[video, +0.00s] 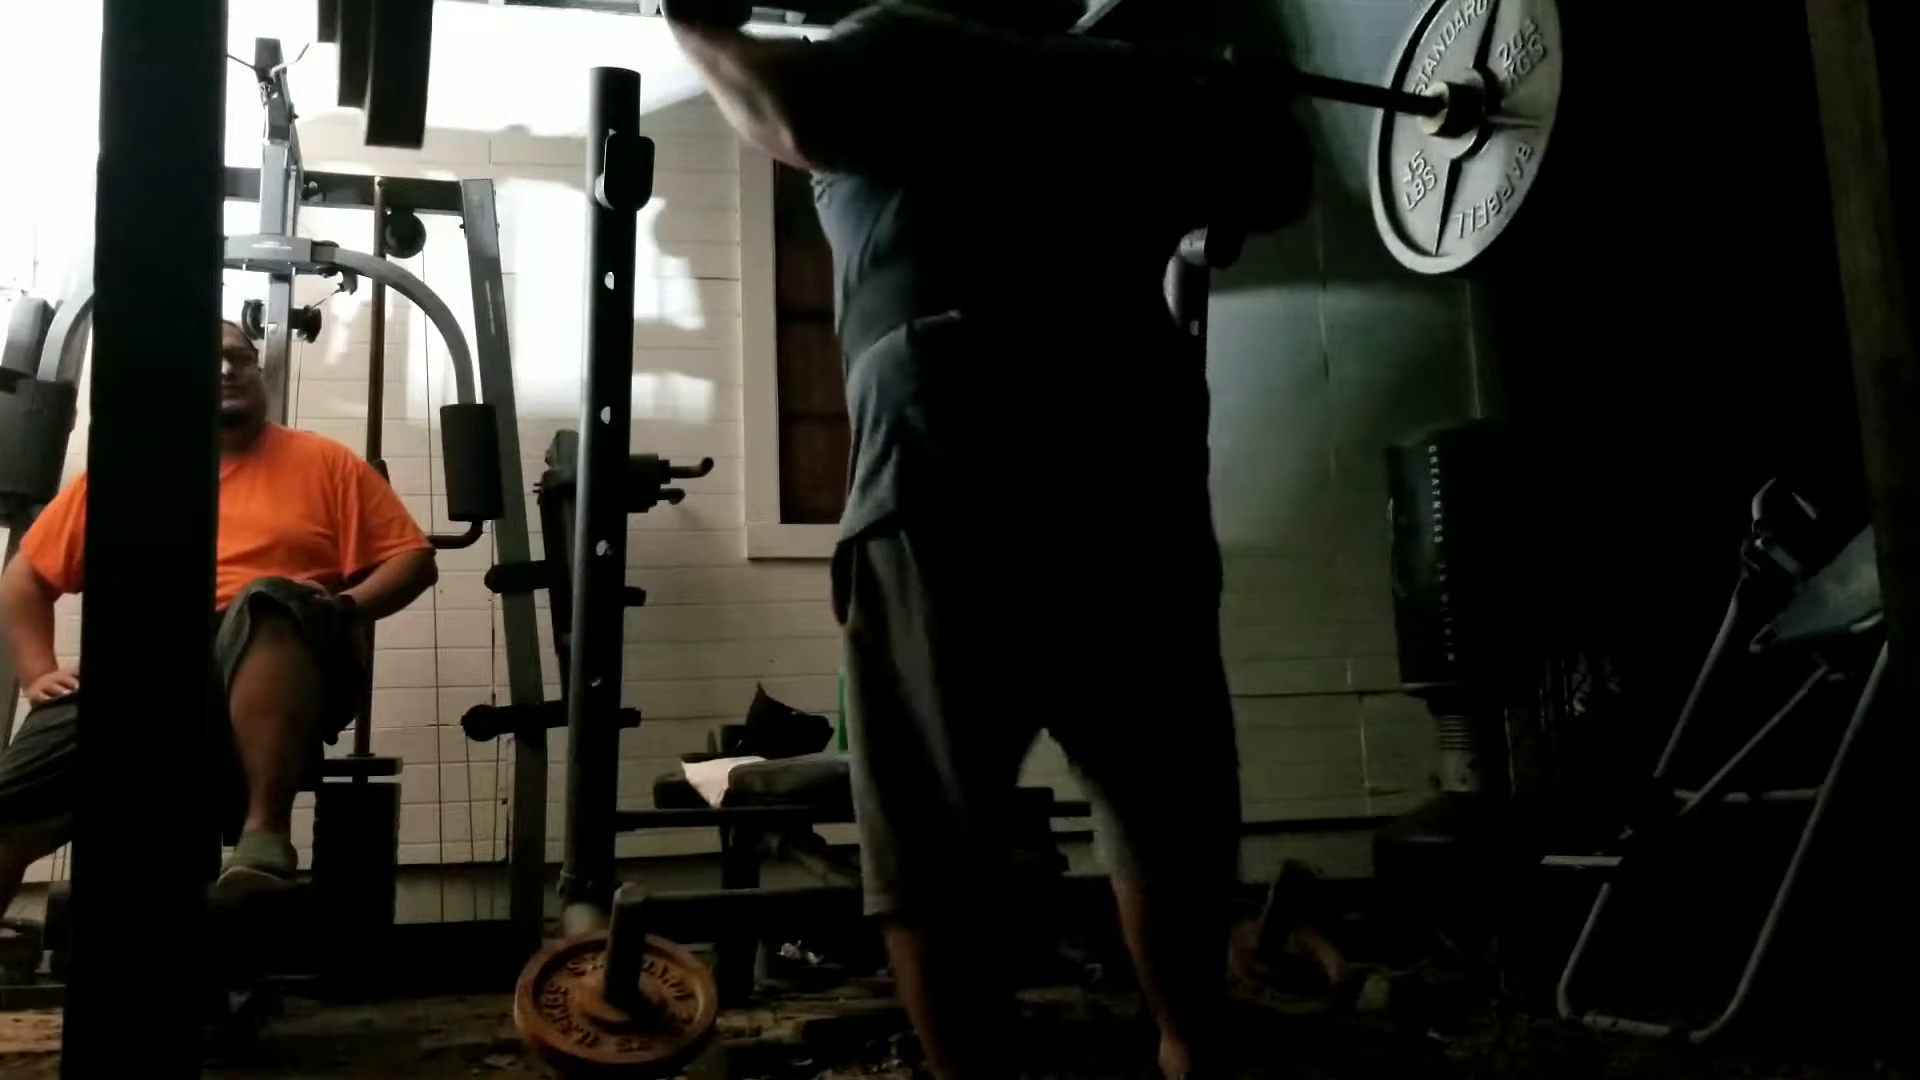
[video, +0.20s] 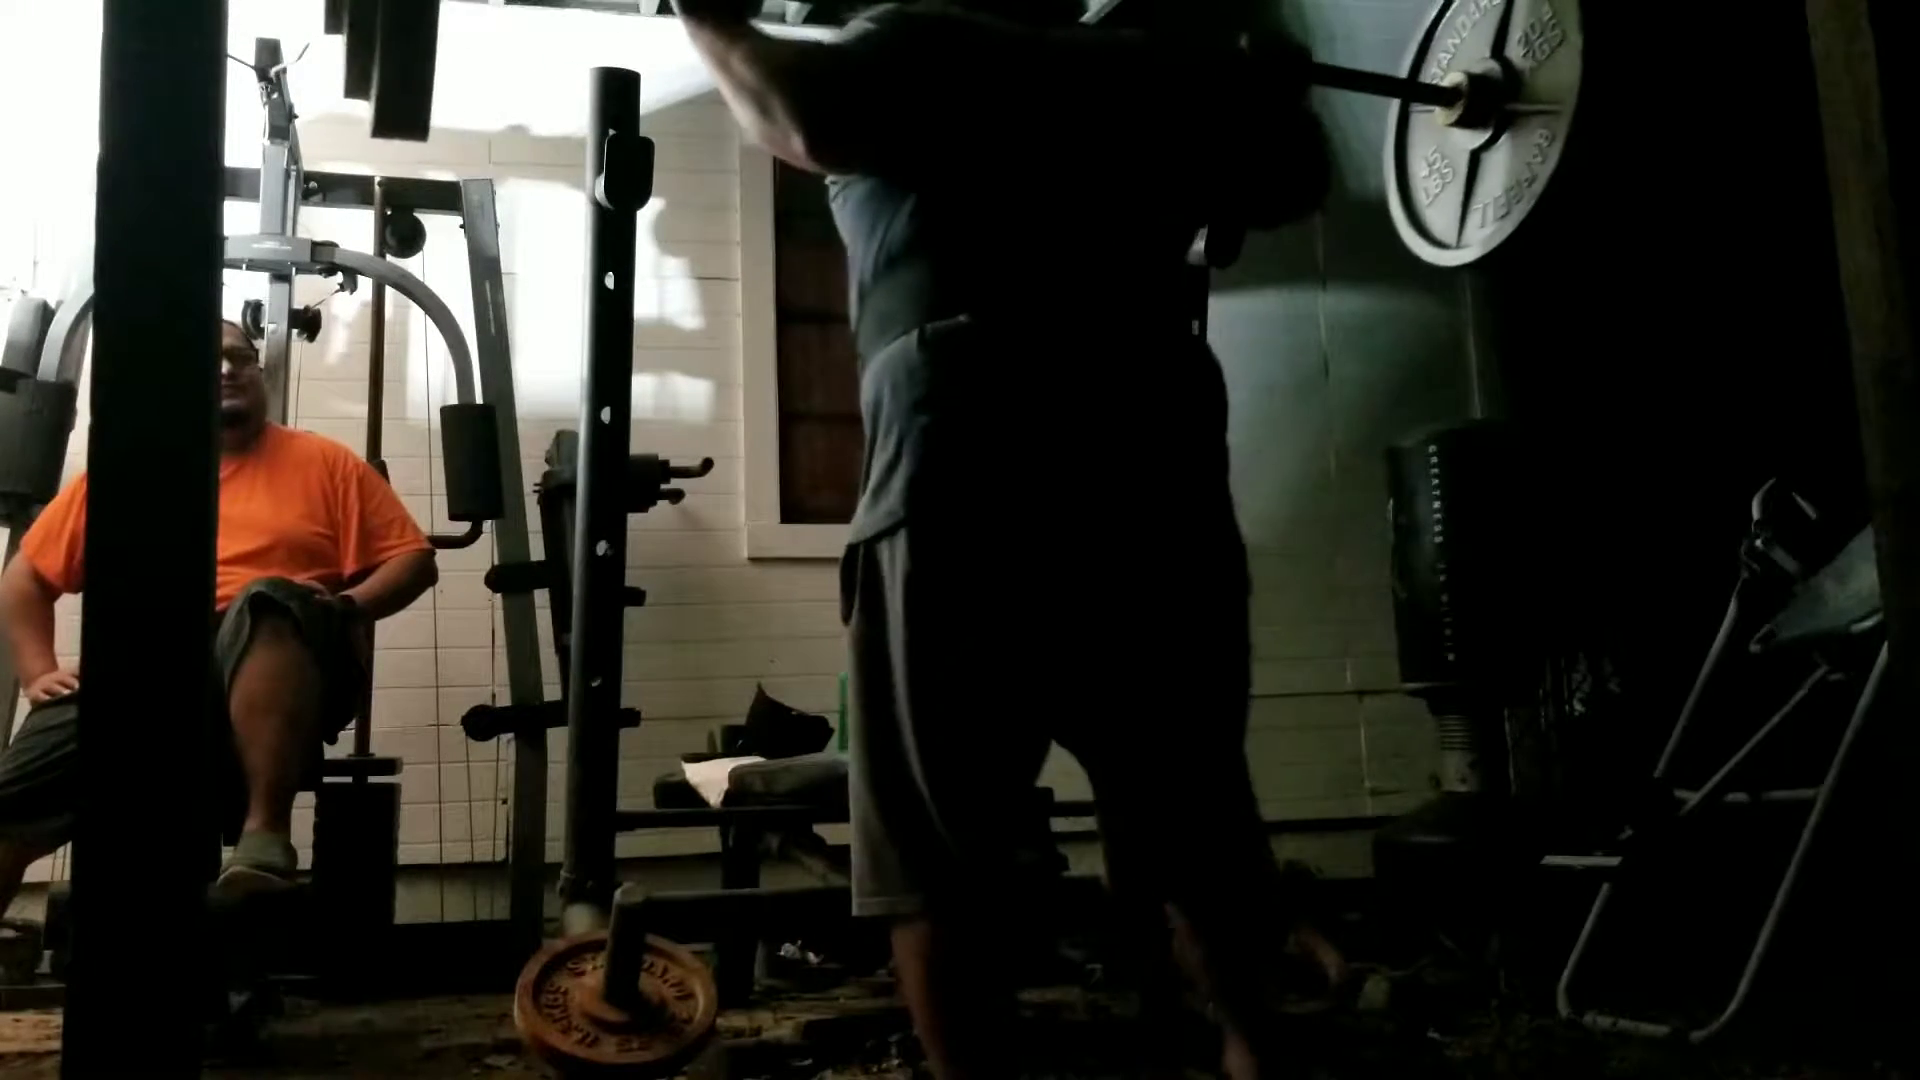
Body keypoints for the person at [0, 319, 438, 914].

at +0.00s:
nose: (228, 370)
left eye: (240, 358)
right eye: (211, 360)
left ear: (263, 374)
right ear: (185, 378)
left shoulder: (325, 463)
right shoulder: (133, 466)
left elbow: (414, 558)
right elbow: (24, 575)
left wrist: (347, 603)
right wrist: (37, 670)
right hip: (144, 666)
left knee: (272, 603)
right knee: (13, 805)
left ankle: (265, 830)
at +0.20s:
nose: (228, 370)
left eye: (240, 358)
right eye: (211, 360)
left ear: (264, 374)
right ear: (186, 378)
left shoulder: (325, 463)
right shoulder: (134, 466)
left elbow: (414, 558)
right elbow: (24, 575)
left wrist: (347, 604)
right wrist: (38, 670)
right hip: (144, 666)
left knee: (273, 603)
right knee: (13, 803)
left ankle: (265, 829)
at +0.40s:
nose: (228, 369)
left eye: (240, 358)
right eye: (212, 358)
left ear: (264, 375)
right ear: (186, 376)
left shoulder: (325, 464)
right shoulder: (132, 467)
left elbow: (414, 559)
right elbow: (25, 576)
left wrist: (349, 603)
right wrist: (37, 671)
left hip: (289, 670)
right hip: (146, 668)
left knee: (273, 605)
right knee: (10, 810)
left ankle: (266, 830)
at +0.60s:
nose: (228, 371)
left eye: (239, 359)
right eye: (212, 360)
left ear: (263, 375)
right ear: (186, 377)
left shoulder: (324, 464)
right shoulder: (132, 467)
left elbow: (414, 558)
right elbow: (25, 576)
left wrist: (350, 603)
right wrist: (37, 671)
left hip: (288, 669)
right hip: (146, 667)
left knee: (273, 605)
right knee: (11, 808)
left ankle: (265, 829)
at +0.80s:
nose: (227, 372)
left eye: (239, 360)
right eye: (211, 361)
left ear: (262, 375)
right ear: (185, 378)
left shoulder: (324, 463)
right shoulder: (132, 467)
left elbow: (414, 559)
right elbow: (25, 575)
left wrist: (350, 603)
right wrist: (37, 671)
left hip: (289, 669)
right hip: (146, 667)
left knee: (273, 605)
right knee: (11, 809)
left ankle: (266, 830)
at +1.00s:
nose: (227, 373)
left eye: (239, 360)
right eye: (211, 361)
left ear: (264, 375)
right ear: (186, 378)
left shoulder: (326, 465)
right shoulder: (132, 467)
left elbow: (414, 559)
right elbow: (25, 573)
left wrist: (350, 603)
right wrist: (38, 671)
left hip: (285, 664)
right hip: (145, 664)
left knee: (271, 604)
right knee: (12, 806)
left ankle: (265, 830)